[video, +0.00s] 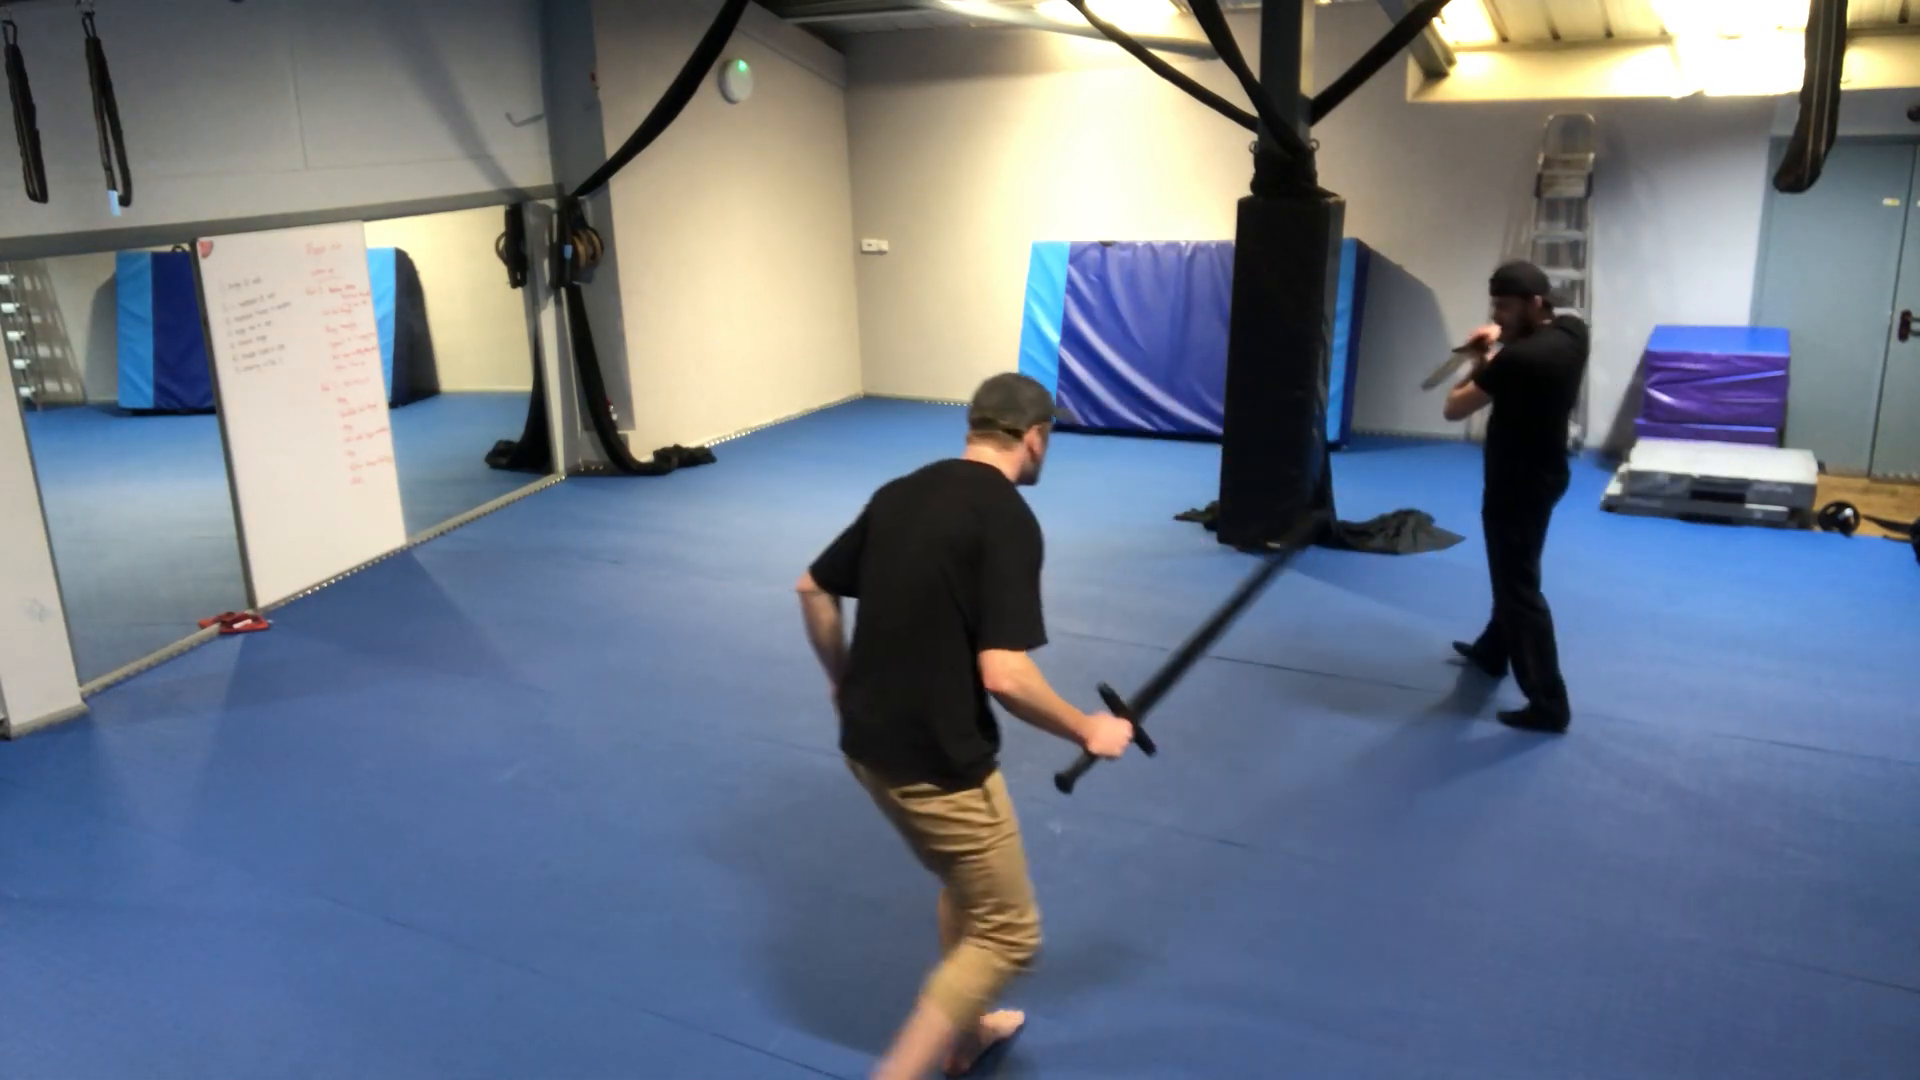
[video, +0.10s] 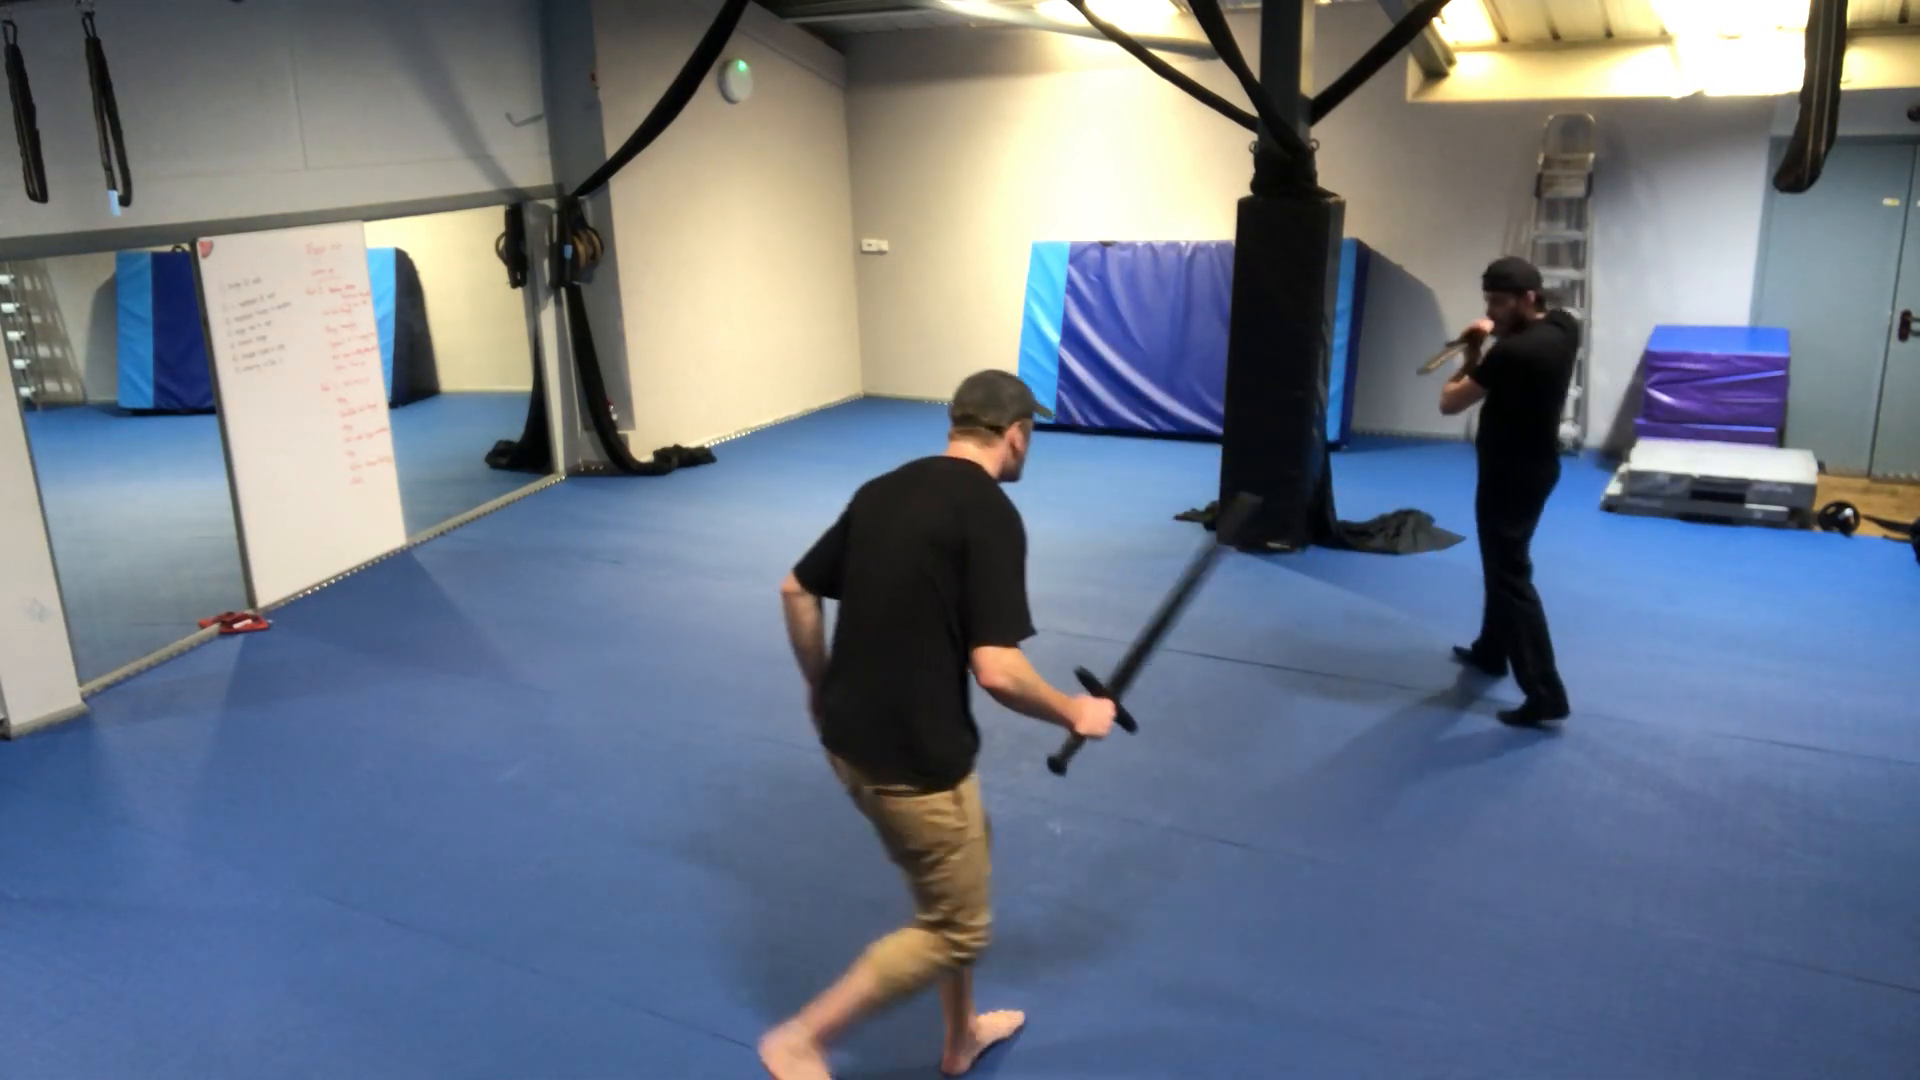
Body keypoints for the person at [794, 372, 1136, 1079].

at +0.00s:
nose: (1046, 451)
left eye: (1046, 437)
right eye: (1048, 438)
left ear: (975, 428)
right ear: (1031, 438)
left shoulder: (903, 493)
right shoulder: (1006, 518)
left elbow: (816, 587)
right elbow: (1004, 671)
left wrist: (841, 680)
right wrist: (1087, 729)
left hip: (870, 737)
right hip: (940, 757)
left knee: (961, 880)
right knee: (1005, 936)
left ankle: (956, 1033)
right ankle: (897, 1071)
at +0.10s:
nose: (1029, 447)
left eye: (1029, 434)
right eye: (1030, 434)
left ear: (957, 425)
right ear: (1013, 433)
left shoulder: (886, 490)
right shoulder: (989, 513)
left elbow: (799, 588)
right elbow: (998, 670)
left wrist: (820, 679)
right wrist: (1073, 709)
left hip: (850, 729)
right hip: (918, 753)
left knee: (948, 890)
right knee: (956, 927)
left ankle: (961, 1035)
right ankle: (797, 1039)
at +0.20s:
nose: (1011, 448)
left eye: (1012, 435)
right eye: (1011, 435)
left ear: (938, 426)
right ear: (993, 433)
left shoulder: (868, 488)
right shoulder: (969, 514)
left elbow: (784, 589)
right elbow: (983, 666)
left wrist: (808, 689)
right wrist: (1057, 698)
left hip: (831, 730)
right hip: (888, 757)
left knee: (950, 859)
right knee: (904, 923)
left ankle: (958, 1032)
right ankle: (754, 1009)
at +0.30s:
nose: (990, 455)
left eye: (992, 441)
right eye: (992, 441)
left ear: (919, 429)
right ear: (974, 438)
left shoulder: (847, 490)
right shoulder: (937, 518)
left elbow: (765, 588)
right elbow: (963, 670)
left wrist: (798, 682)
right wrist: (1038, 692)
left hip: (818, 730)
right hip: (851, 757)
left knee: (933, 850)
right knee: (859, 920)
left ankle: (956, 1029)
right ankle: (738, 1018)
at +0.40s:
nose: (968, 458)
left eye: (969, 445)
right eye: (969, 445)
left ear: (898, 434)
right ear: (949, 445)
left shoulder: (824, 492)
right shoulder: (900, 525)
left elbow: (747, 587)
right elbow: (935, 676)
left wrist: (782, 675)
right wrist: (1013, 694)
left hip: (845, 742)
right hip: (818, 762)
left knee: (924, 850)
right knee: (831, 923)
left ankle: (955, 1026)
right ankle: (732, 1029)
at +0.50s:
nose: (945, 459)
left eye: (945, 445)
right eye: (945, 445)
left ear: (877, 436)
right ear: (925, 447)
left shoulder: (806, 490)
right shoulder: (867, 526)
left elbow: (735, 581)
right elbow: (896, 680)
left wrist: (771, 669)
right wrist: (987, 709)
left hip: (832, 736)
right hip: (788, 756)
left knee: (912, 850)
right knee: (824, 919)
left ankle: (950, 1022)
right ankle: (731, 1033)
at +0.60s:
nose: (924, 458)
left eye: (926, 444)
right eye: (925, 444)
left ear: (856, 432)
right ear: (904, 443)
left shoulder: (787, 487)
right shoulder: (840, 526)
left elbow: (723, 575)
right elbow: (854, 680)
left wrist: (778, 656)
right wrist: (948, 727)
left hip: (820, 735)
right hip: (776, 759)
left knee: (902, 842)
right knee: (818, 915)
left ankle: (938, 1015)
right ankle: (731, 1033)